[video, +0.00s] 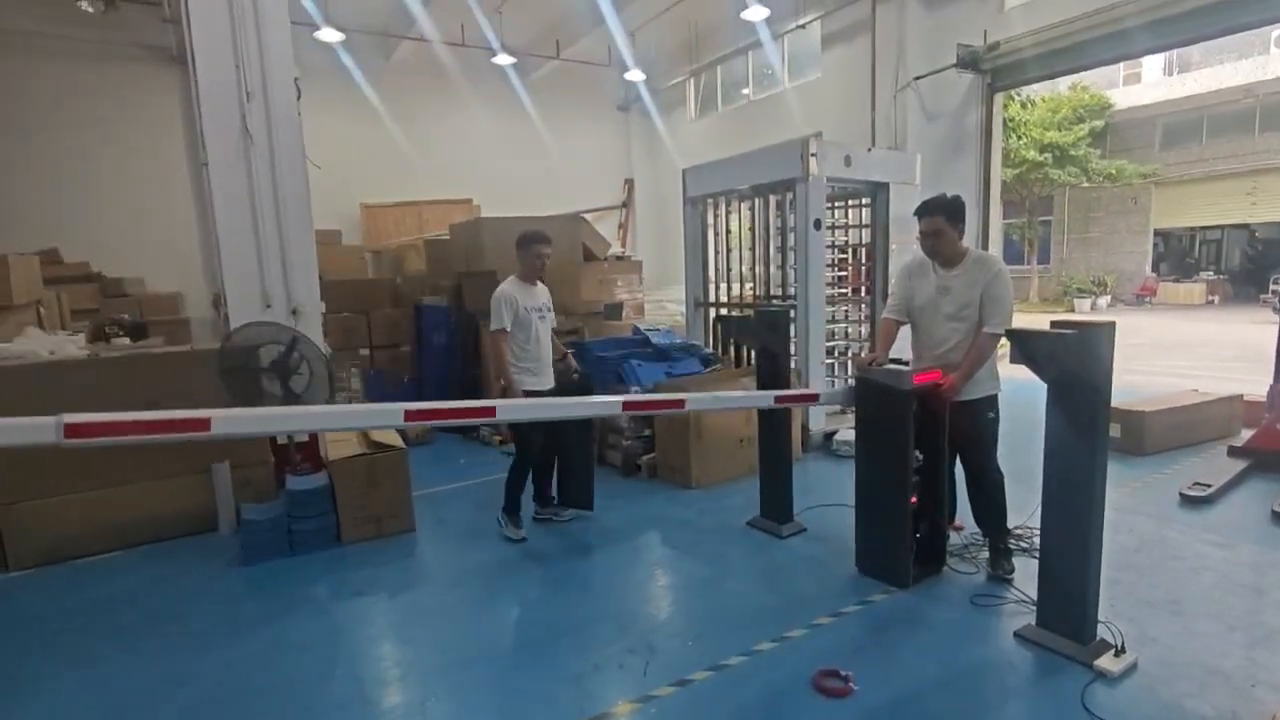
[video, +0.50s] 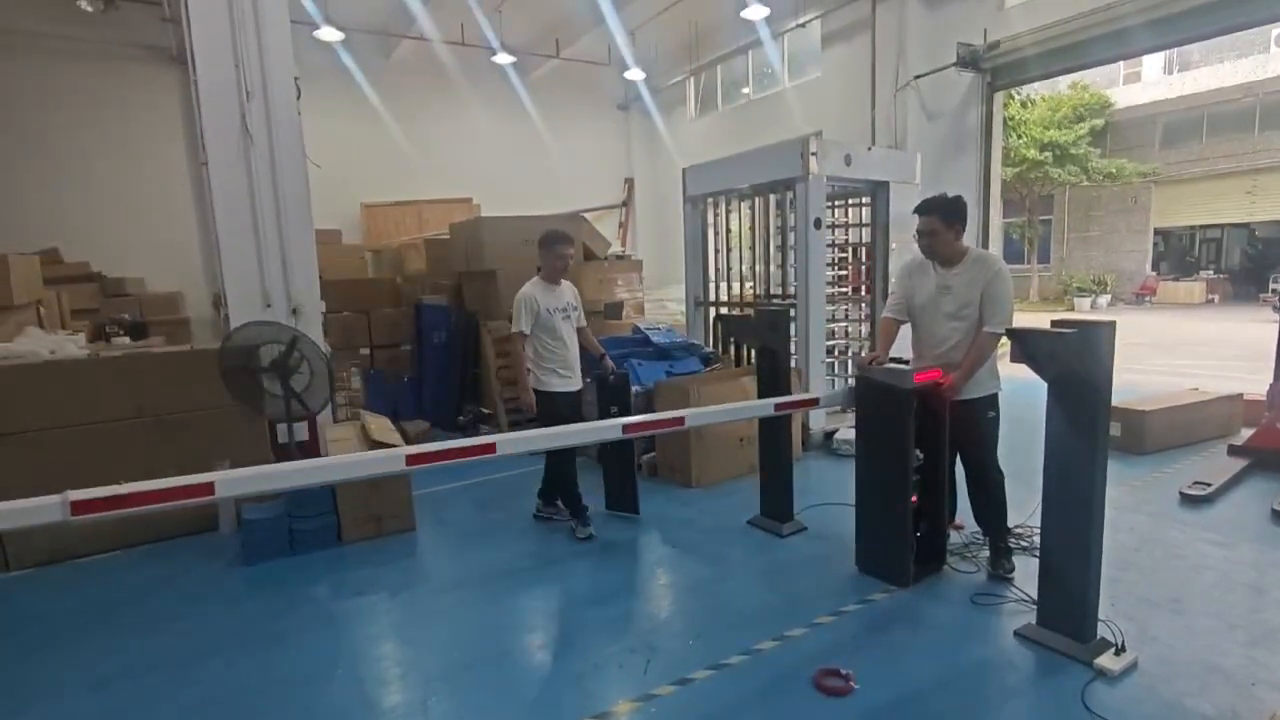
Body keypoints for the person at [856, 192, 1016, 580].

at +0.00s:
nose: (923, 243)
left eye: (931, 235)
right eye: (920, 235)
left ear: (958, 232)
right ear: (919, 232)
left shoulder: (990, 270)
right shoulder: (912, 270)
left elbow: (991, 332)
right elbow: (891, 316)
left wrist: (961, 375)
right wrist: (879, 353)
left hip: (976, 392)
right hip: (928, 392)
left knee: (983, 472)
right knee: (933, 473)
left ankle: (998, 544)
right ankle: (930, 552)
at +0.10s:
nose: (924, 243)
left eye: (932, 235)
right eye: (921, 235)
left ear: (958, 231)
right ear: (919, 232)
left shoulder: (990, 270)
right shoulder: (913, 269)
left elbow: (991, 332)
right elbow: (891, 316)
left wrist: (960, 375)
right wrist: (879, 353)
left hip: (975, 392)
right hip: (927, 392)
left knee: (983, 472)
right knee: (932, 474)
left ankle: (998, 545)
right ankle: (930, 552)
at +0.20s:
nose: (924, 242)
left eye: (931, 235)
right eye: (920, 235)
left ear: (958, 231)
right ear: (919, 232)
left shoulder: (990, 269)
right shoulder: (913, 269)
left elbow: (992, 332)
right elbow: (892, 315)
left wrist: (961, 375)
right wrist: (880, 352)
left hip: (976, 391)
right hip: (928, 392)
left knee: (982, 471)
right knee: (933, 474)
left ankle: (998, 543)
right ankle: (930, 551)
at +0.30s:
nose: (922, 241)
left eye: (930, 234)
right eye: (919, 234)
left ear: (957, 230)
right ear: (920, 231)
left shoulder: (990, 269)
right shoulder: (913, 268)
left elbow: (992, 330)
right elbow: (892, 314)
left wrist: (961, 375)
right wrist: (880, 351)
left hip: (976, 391)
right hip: (928, 391)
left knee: (983, 472)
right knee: (933, 472)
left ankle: (998, 544)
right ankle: (931, 548)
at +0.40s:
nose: (920, 241)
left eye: (927, 234)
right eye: (918, 234)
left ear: (956, 231)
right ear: (921, 231)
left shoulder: (990, 269)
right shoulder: (913, 268)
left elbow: (992, 331)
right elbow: (892, 314)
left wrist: (961, 375)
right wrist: (880, 351)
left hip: (976, 392)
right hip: (928, 392)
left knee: (983, 472)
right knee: (933, 474)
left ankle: (998, 545)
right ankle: (931, 550)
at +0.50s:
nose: (919, 240)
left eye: (926, 234)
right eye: (917, 233)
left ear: (956, 231)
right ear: (921, 231)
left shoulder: (990, 269)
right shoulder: (912, 268)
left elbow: (992, 331)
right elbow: (892, 314)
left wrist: (961, 375)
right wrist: (880, 351)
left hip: (976, 391)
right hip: (928, 392)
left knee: (982, 471)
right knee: (933, 472)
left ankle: (998, 544)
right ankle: (931, 548)